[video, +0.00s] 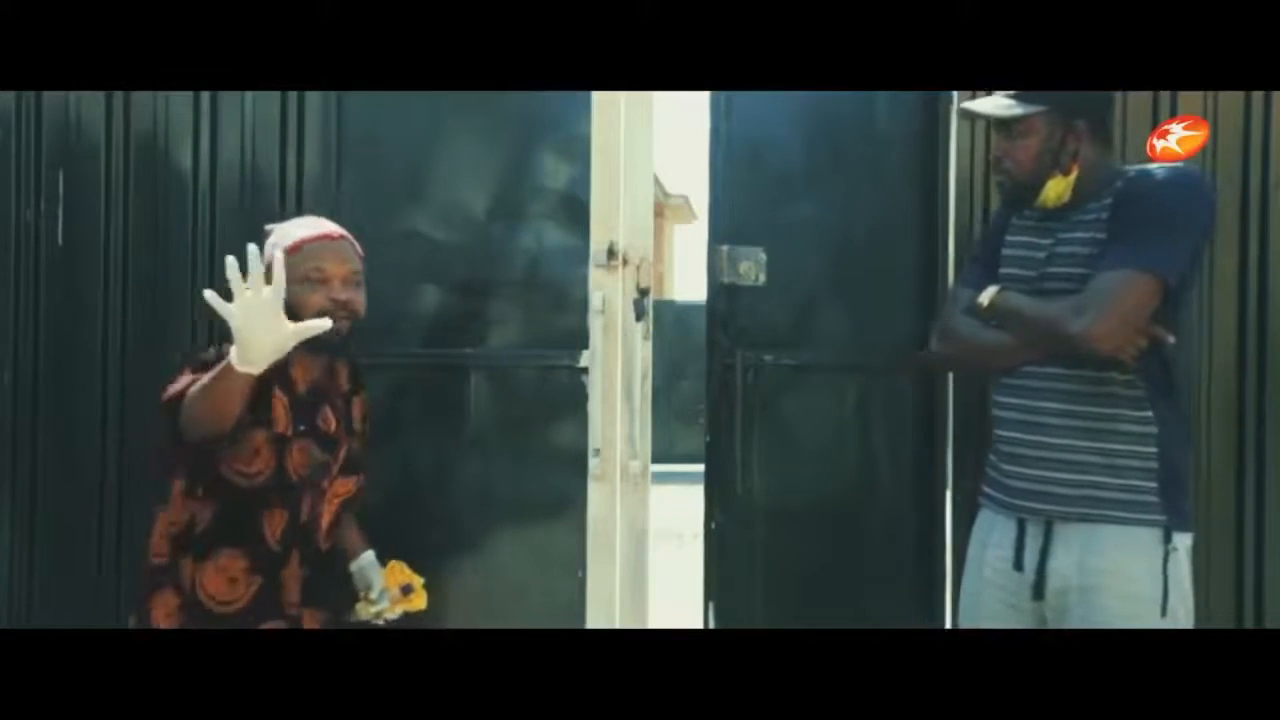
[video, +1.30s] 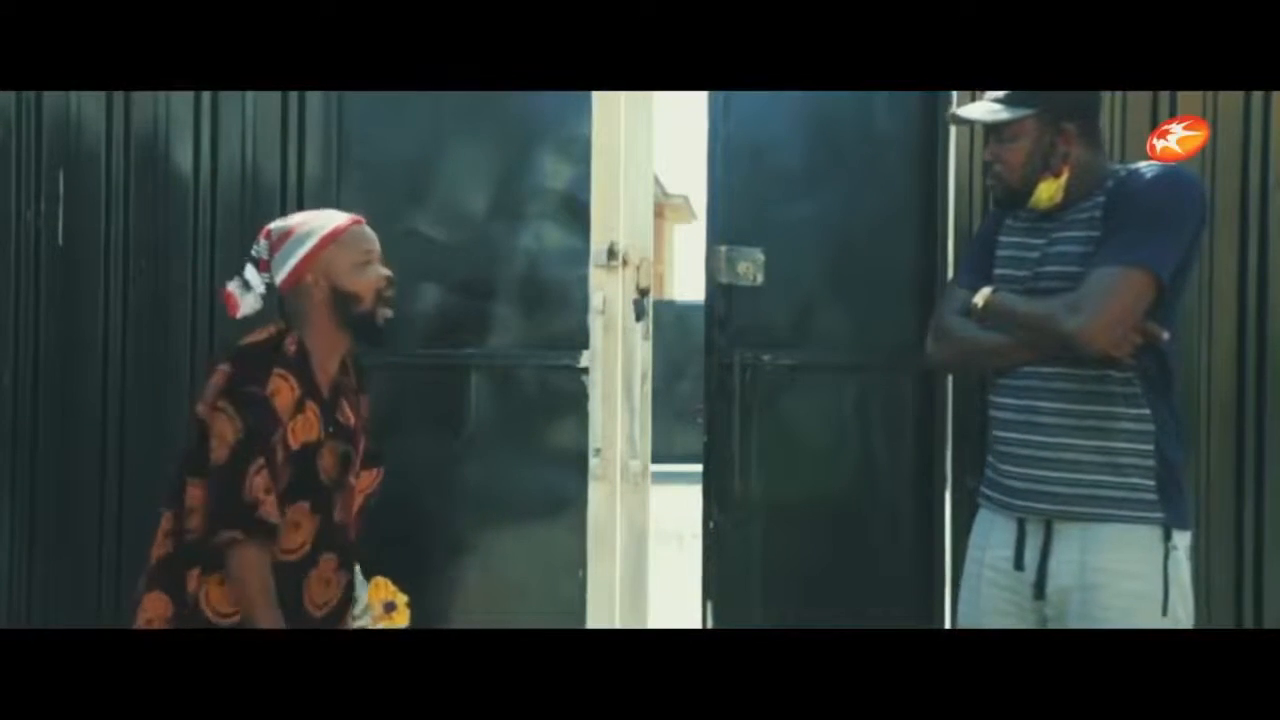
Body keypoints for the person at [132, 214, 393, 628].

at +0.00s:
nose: (340, 296)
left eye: (353, 281)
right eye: (315, 281)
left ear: (366, 292)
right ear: (273, 291)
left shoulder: (344, 382)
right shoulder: (223, 369)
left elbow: (336, 500)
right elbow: (196, 427)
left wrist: (369, 575)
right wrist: (246, 363)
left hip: (300, 603)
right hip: (206, 603)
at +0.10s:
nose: (356, 297)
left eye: (366, 284)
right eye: (338, 285)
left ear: (376, 290)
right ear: (294, 289)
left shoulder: (342, 378)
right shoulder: (242, 364)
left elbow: (333, 492)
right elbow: (228, 420)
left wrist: (360, 571)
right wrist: (289, 362)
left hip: (294, 590)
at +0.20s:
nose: (364, 300)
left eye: (371, 284)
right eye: (339, 286)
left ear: (379, 290)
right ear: (301, 295)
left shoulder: (345, 378)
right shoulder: (250, 359)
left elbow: (329, 495)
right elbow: (254, 416)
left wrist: (356, 572)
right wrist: (328, 361)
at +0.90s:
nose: (378, 291)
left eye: (377, 276)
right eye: (354, 277)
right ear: (298, 291)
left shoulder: (356, 377)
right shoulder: (243, 366)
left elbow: (349, 500)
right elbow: (218, 453)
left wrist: (384, 579)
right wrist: (351, 420)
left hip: (314, 605)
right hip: (218, 606)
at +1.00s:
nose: (385, 285)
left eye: (380, 271)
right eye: (364, 273)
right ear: (309, 286)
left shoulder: (356, 374)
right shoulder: (241, 366)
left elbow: (353, 499)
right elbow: (219, 490)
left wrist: (374, 572)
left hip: (318, 602)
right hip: (225, 603)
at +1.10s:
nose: (389, 285)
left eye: (383, 270)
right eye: (369, 272)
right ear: (316, 286)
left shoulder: (351, 373)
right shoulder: (242, 373)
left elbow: (338, 510)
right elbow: (228, 518)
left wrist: (369, 584)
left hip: (298, 606)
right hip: (220, 607)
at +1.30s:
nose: (388, 276)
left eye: (381, 263)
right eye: (365, 265)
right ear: (314, 281)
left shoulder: (346, 379)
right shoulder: (254, 380)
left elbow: (335, 528)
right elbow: (244, 544)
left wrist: (349, 612)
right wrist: (269, 620)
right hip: (226, 611)